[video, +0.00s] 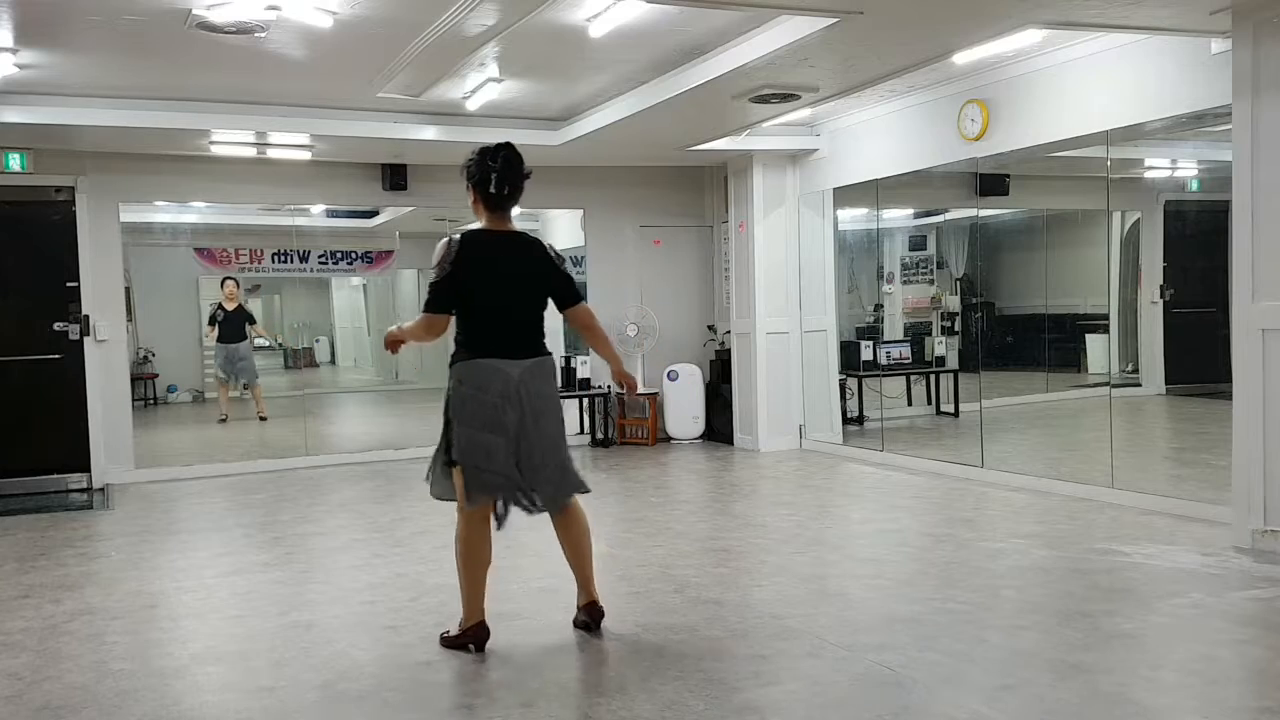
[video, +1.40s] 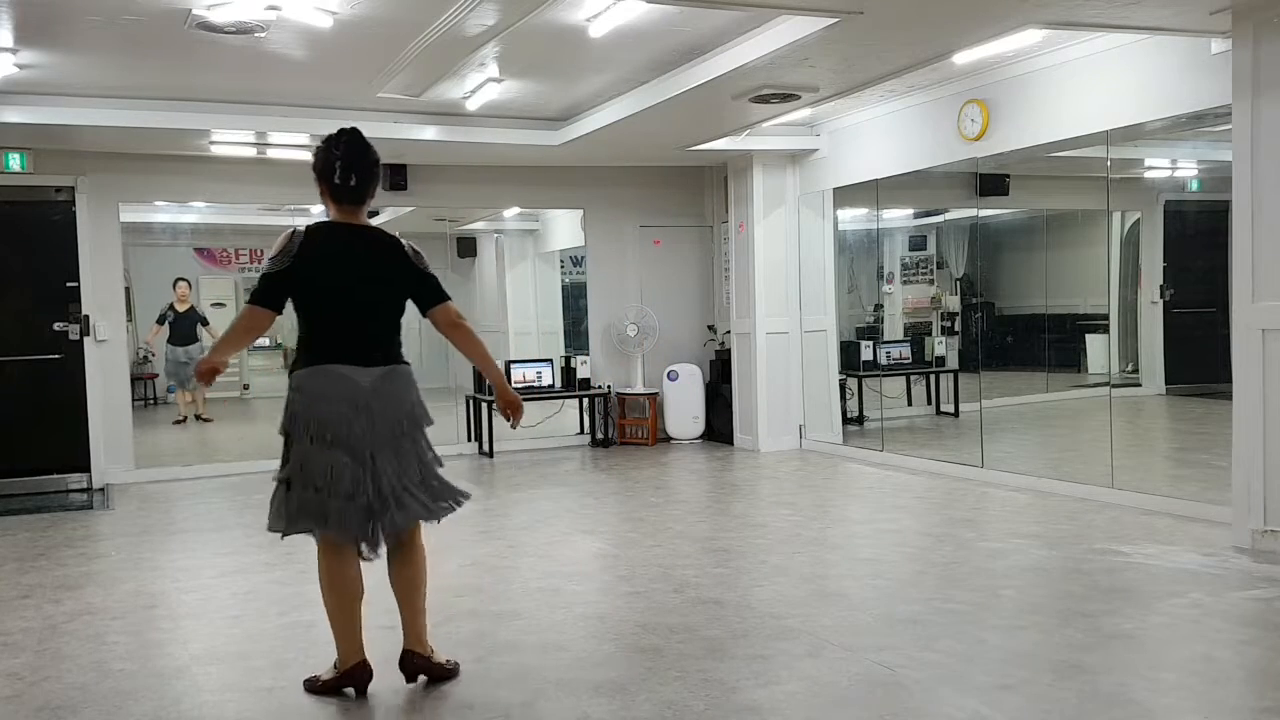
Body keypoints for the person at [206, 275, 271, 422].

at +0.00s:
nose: (231, 290)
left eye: (234, 286)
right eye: (227, 287)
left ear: (238, 289)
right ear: (222, 290)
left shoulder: (244, 308)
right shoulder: (216, 309)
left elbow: (255, 327)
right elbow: (210, 328)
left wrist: (269, 339)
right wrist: (207, 333)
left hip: (242, 347)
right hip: (223, 348)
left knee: (253, 380)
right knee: (223, 382)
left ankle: (260, 410)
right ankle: (223, 413)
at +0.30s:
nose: (219, 290)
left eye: (222, 287)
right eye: (215, 287)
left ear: (226, 290)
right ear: (210, 290)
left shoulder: (230, 308)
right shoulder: (207, 308)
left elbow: (240, 328)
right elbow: (198, 325)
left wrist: (253, 342)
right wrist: (200, 333)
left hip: (232, 346)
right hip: (214, 348)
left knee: (240, 378)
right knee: (218, 383)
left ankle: (245, 409)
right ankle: (223, 412)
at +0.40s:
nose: (216, 290)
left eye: (218, 287)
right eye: (212, 288)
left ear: (222, 290)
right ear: (207, 291)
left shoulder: (227, 308)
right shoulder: (203, 308)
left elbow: (238, 328)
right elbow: (196, 326)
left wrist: (250, 341)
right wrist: (195, 339)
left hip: (229, 347)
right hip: (211, 348)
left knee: (236, 378)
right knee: (216, 382)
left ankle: (230, 408)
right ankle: (222, 412)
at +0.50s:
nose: (213, 291)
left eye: (216, 288)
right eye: (210, 288)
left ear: (220, 290)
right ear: (204, 291)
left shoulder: (225, 309)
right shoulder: (201, 310)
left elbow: (236, 328)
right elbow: (192, 329)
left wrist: (248, 341)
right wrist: (188, 345)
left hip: (225, 348)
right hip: (209, 348)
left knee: (224, 380)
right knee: (215, 381)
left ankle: (214, 407)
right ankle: (222, 411)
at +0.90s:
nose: (202, 292)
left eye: (204, 289)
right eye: (198, 289)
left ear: (208, 291)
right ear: (193, 292)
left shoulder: (213, 310)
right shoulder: (189, 310)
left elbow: (224, 327)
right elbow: (177, 329)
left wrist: (236, 340)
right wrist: (168, 346)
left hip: (211, 348)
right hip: (196, 348)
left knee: (208, 380)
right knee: (205, 379)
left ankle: (201, 412)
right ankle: (213, 411)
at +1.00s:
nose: (198, 292)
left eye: (201, 289)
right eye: (195, 289)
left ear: (204, 292)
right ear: (189, 292)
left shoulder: (209, 310)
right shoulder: (185, 310)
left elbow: (221, 327)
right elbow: (173, 329)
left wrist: (233, 342)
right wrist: (164, 346)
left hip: (209, 349)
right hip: (193, 349)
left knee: (207, 381)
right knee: (200, 380)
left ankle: (202, 412)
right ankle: (199, 413)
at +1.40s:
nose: (183, 291)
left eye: (186, 288)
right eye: (180, 288)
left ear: (190, 291)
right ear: (174, 291)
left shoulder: (195, 310)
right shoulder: (168, 309)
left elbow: (208, 327)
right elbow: (158, 325)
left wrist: (220, 340)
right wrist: (150, 337)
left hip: (194, 350)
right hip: (174, 351)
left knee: (198, 383)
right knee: (179, 385)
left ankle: (200, 412)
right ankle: (182, 414)